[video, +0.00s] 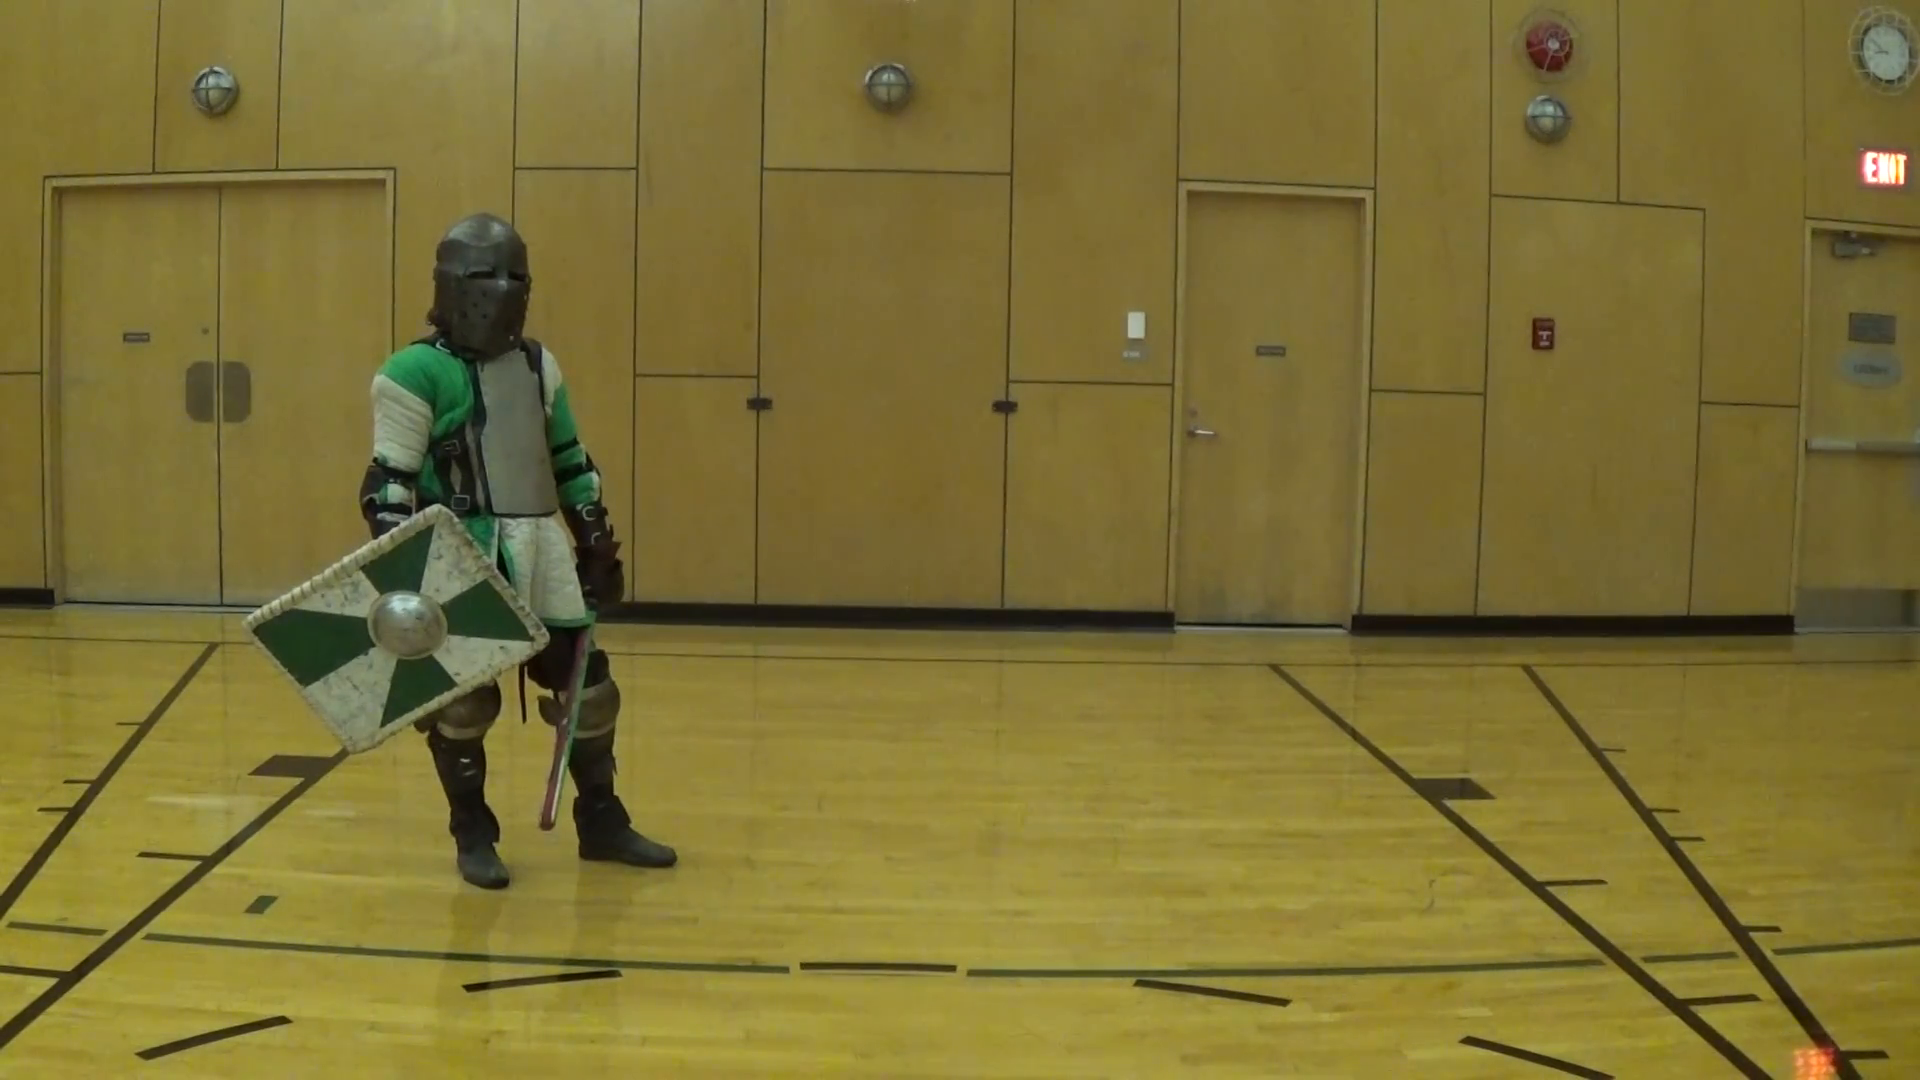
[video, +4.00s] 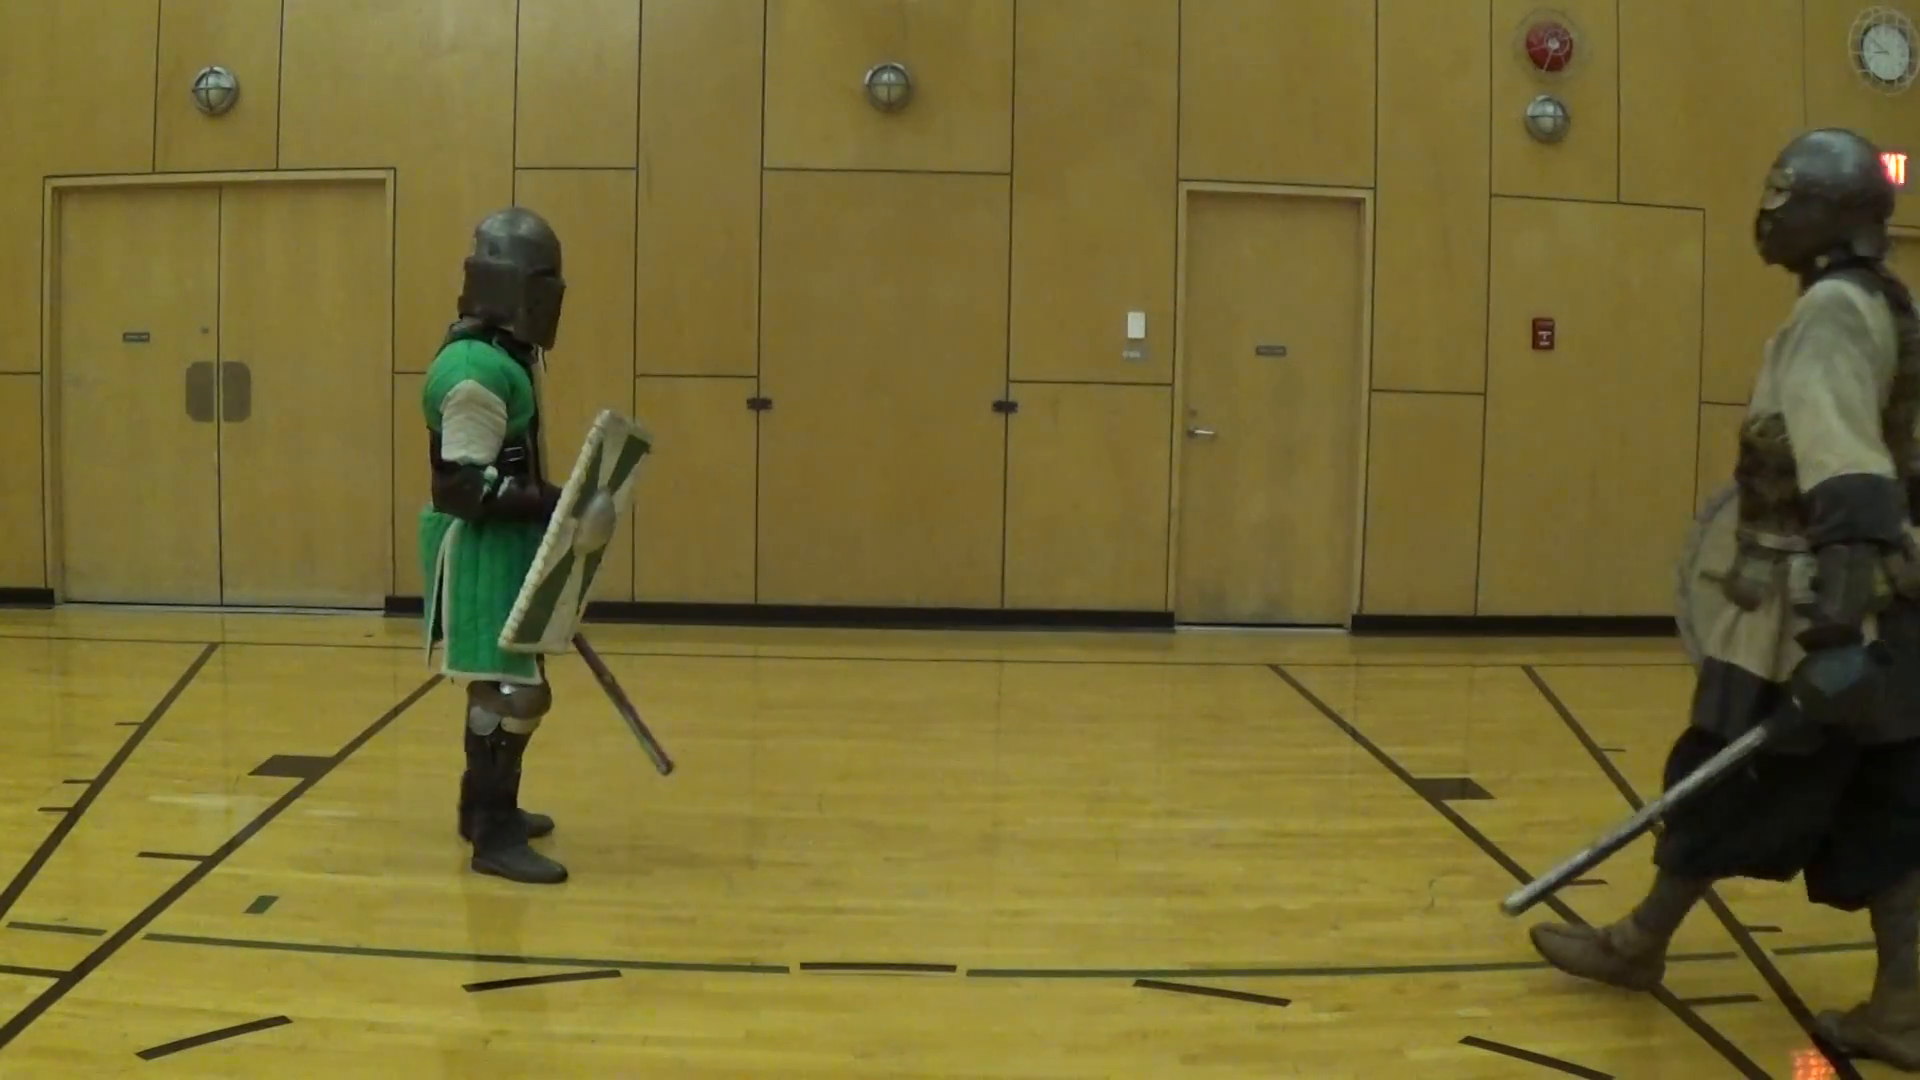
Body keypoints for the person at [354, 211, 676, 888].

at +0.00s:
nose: (502, 290)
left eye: (512, 276)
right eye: (485, 276)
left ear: (524, 286)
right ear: (448, 283)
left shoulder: (539, 367)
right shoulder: (414, 375)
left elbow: (572, 466)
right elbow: (389, 490)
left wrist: (599, 545)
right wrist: (411, 580)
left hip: (544, 545)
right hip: (457, 556)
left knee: (588, 682)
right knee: (464, 699)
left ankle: (601, 822)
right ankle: (473, 834)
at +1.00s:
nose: (506, 291)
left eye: (514, 277)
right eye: (488, 277)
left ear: (524, 284)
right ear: (449, 283)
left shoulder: (539, 364)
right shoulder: (414, 374)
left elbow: (570, 463)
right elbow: (390, 490)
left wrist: (597, 542)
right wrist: (411, 581)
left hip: (544, 545)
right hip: (458, 556)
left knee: (586, 681)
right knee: (465, 697)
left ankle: (601, 822)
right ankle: (473, 835)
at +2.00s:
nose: (500, 291)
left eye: (510, 278)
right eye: (485, 278)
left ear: (524, 284)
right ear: (451, 283)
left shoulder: (537, 362)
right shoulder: (419, 372)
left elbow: (565, 460)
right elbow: (390, 487)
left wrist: (590, 536)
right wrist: (419, 573)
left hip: (544, 545)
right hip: (461, 556)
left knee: (582, 684)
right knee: (465, 697)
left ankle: (601, 820)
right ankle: (473, 834)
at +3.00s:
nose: (503, 292)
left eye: (512, 277)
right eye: (488, 278)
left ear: (528, 280)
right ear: (457, 282)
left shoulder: (527, 350)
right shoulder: (440, 361)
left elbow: (573, 428)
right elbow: (503, 450)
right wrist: (545, 381)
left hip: (539, 529)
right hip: (477, 533)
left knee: (538, 678)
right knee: (482, 684)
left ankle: (503, 803)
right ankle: (474, 832)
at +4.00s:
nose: (554, 299)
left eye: (552, 286)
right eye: (547, 286)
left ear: (493, 285)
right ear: (519, 289)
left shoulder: (498, 363)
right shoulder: (475, 369)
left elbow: (498, 477)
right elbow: (461, 486)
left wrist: (562, 508)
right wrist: (561, 507)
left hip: (497, 544)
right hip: (480, 547)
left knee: (498, 683)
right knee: (516, 690)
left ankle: (486, 808)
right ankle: (494, 838)